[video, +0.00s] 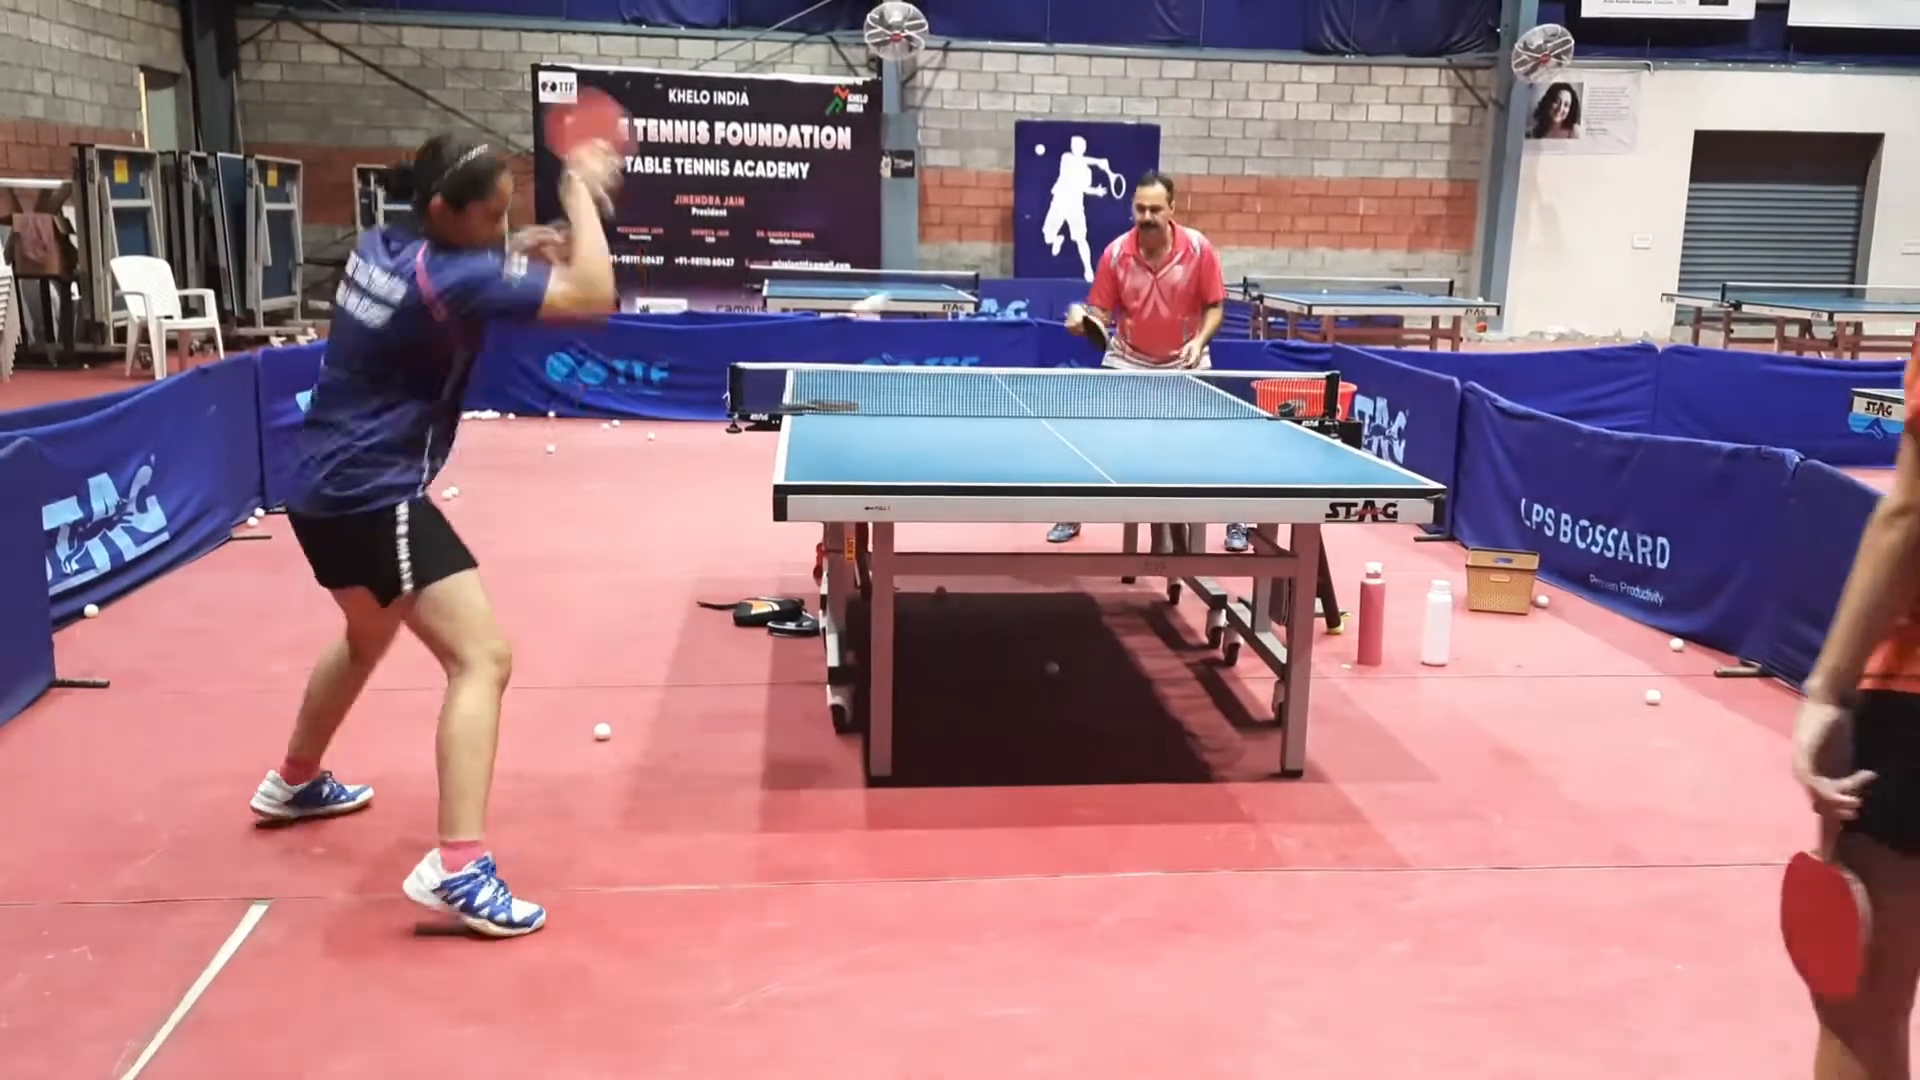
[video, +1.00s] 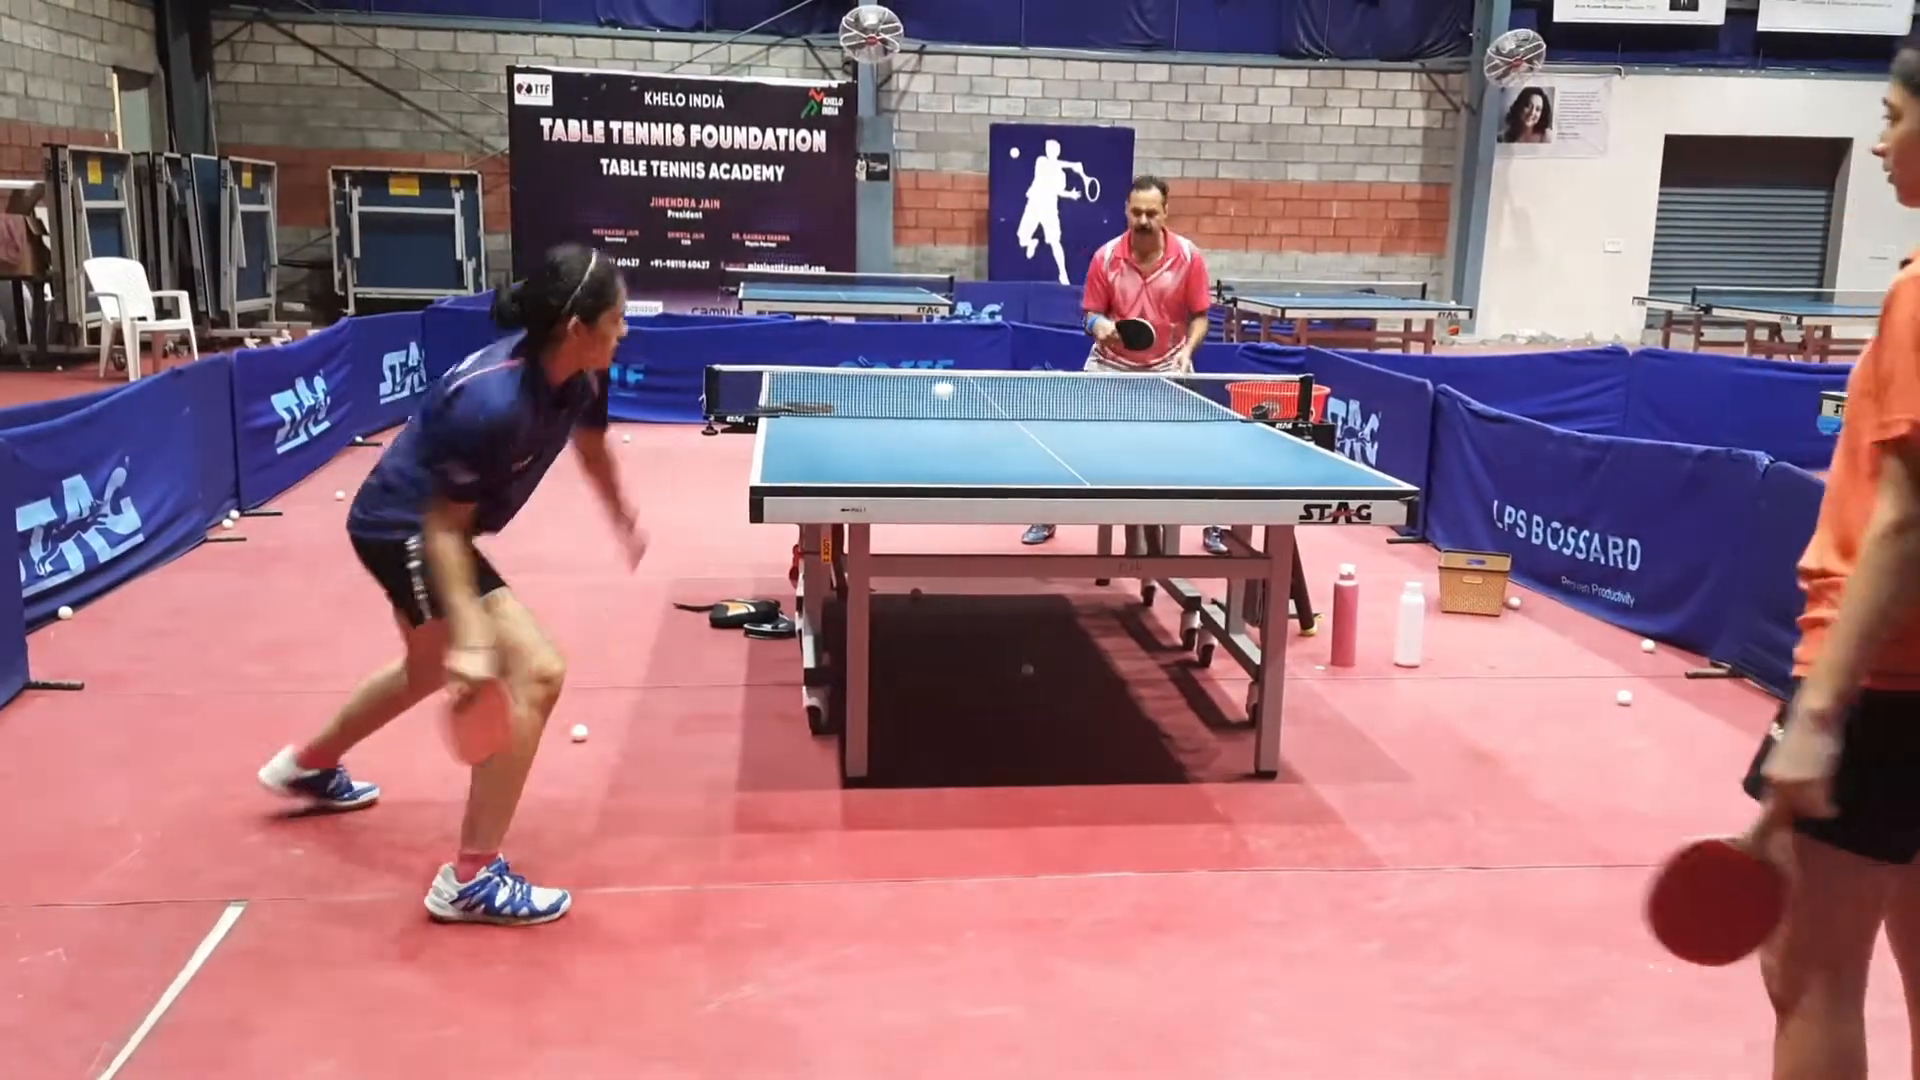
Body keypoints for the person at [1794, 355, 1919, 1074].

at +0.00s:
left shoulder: (1917, 348)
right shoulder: (1914, 349)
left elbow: (1907, 507)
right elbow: (1905, 505)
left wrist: (1828, 687)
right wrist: (1832, 688)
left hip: (1902, 695)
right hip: (1895, 694)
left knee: (1862, 1013)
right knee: (1863, 1010)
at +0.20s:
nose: (1884, 121)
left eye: (1896, 96)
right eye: (1889, 95)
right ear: (1916, 117)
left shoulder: (1894, 287)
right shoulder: (1892, 284)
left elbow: (1823, 515)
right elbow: (1824, 514)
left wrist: (1737, 686)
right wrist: (1744, 688)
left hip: (1871, 686)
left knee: (1825, 988)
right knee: (1820, 981)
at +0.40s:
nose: (1834, 130)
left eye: (1836, 108)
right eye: (1839, 108)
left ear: (1867, 112)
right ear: (1906, 113)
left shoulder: (1829, 285)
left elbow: (1759, 514)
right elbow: (1758, 513)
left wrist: (1689, 690)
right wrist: (1693, 686)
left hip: (1840, 699)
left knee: (1809, 999)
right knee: (1919, 982)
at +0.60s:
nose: (1812, 138)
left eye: (1813, 115)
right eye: (1815, 116)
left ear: (1846, 117)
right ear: (1913, 119)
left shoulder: (1819, 288)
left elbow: (1731, 517)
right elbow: (1727, 515)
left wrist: (1649, 683)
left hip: (1831, 696)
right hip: (1912, 692)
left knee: (1801, 998)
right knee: (1904, 969)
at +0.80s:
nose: (1837, 143)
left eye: (1846, 120)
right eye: (1841, 119)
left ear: (1897, 125)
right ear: (1904, 125)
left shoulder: (1877, 291)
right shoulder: (1890, 280)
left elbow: (1789, 519)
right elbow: (1794, 509)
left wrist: (1690, 686)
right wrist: (1694, 679)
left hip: (1846, 697)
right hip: (1908, 691)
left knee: (1802, 984)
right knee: (1910, 969)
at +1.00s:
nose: (1880, 141)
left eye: (1896, 118)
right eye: (1887, 115)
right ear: (1914, 127)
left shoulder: (1915, 289)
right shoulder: (1911, 287)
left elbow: (1900, 518)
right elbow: (1890, 513)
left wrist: (1813, 714)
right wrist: (1821, 699)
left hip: (1874, 688)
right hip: (1893, 683)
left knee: (1811, 979)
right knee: (1912, 966)